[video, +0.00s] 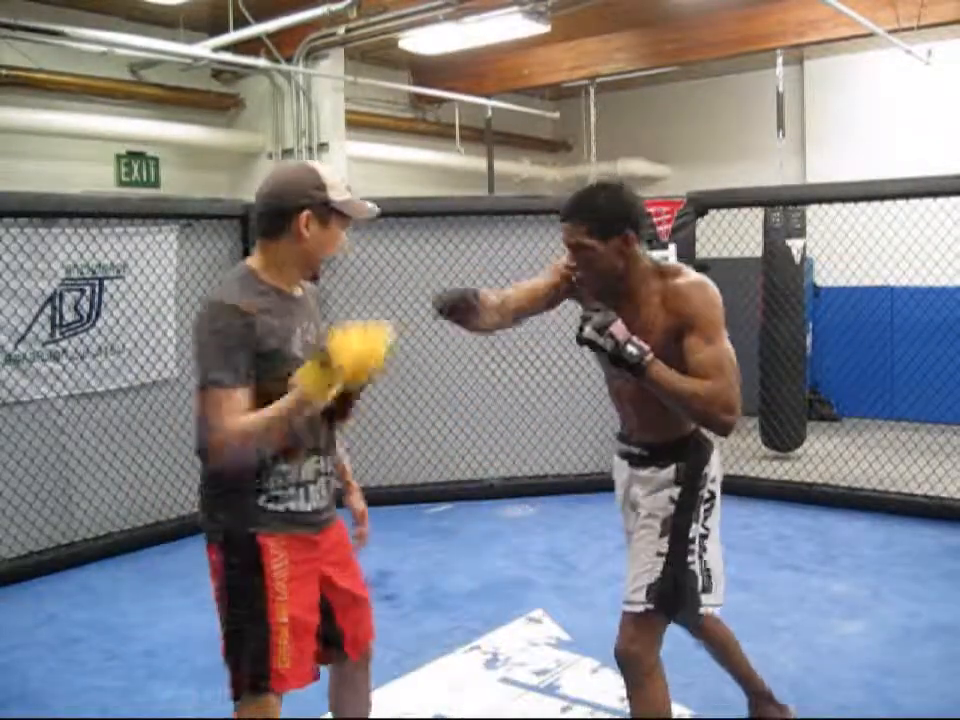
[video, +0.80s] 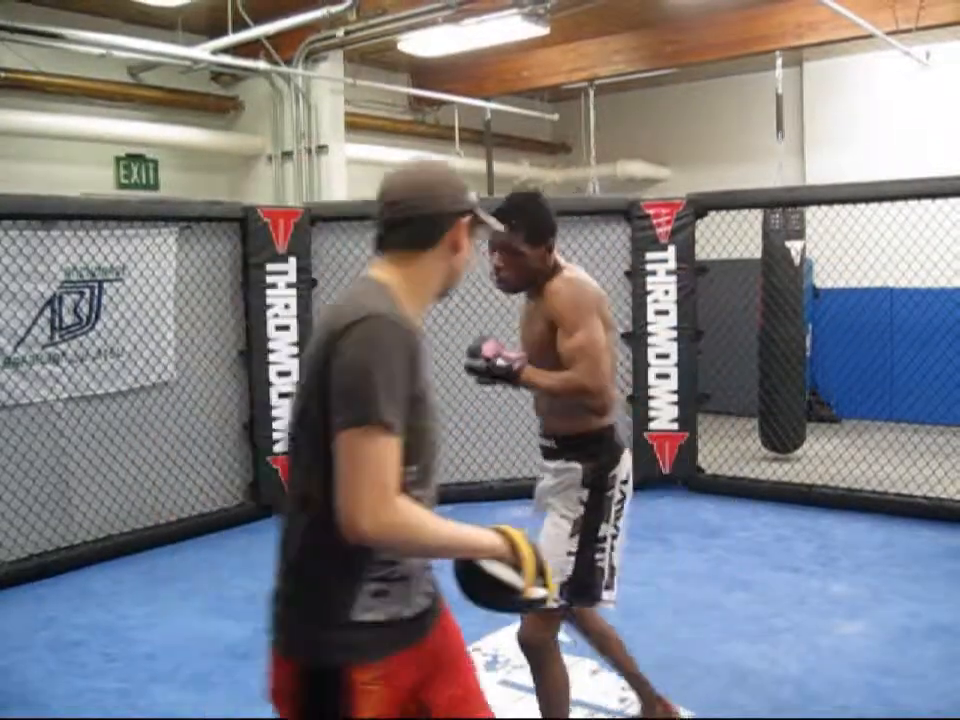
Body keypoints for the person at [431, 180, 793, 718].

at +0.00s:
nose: (569, 261)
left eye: (581, 249)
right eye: (568, 248)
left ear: (626, 244)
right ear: (616, 243)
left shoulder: (690, 295)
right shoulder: (581, 277)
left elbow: (723, 411)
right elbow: (509, 305)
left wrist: (638, 358)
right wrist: (472, 310)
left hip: (681, 472)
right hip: (633, 468)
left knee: (636, 651)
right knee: (687, 609)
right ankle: (765, 702)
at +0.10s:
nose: (571, 261)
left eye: (581, 248)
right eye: (569, 248)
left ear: (625, 241)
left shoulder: (690, 295)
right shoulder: (582, 282)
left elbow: (719, 413)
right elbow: (535, 363)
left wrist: (637, 365)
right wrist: (532, 354)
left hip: (674, 472)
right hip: (621, 463)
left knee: (637, 647)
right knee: (662, 610)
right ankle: (716, 703)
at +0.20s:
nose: (569, 266)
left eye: (577, 254)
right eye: (566, 253)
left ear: (620, 248)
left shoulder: (682, 298)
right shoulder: (584, 286)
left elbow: (714, 408)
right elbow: (590, 364)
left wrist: (637, 376)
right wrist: (568, 379)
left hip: (663, 473)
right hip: (614, 465)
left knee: (639, 645)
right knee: (640, 629)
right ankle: (668, 708)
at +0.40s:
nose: (549, 266)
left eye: (556, 254)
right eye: (546, 254)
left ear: (593, 246)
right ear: (588, 247)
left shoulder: (640, 291)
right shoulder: (601, 288)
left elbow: (631, 398)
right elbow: (611, 370)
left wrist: (570, 351)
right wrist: (568, 343)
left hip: (655, 468)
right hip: (620, 459)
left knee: (602, 631)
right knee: (649, 597)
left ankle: (616, 713)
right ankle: (676, 709)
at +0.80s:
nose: (495, 263)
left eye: (507, 253)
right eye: (494, 251)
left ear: (544, 250)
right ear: (533, 250)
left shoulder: (570, 293)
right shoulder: (542, 292)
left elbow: (596, 389)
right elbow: (564, 369)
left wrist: (518, 374)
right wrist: (513, 363)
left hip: (589, 467)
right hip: (562, 463)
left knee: (537, 635)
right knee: (578, 609)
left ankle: (556, 713)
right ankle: (654, 703)